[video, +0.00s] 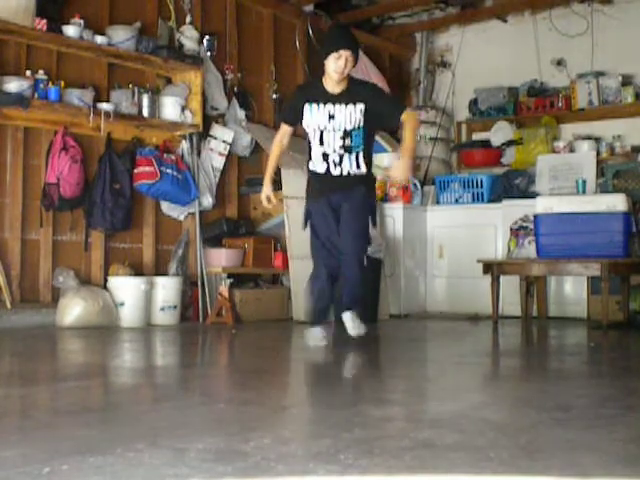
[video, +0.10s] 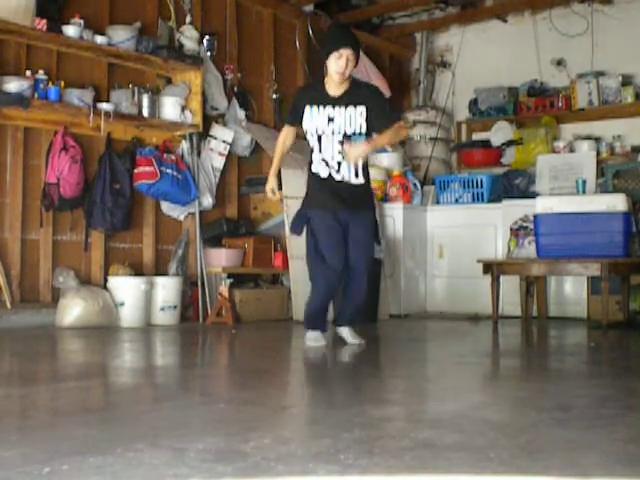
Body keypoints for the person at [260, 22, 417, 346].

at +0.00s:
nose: (344, 65)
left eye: (349, 59)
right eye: (338, 58)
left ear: (354, 63)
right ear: (324, 58)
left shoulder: (367, 95)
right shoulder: (304, 95)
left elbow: (410, 117)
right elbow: (283, 135)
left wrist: (405, 161)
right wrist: (268, 179)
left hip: (356, 187)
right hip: (320, 188)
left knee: (353, 249)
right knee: (324, 253)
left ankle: (350, 308)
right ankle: (320, 321)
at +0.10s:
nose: (344, 66)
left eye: (351, 60)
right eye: (339, 58)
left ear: (356, 63)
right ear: (326, 58)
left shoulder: (369, 95)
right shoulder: (306, 96)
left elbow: (400, 130)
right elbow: (289, 132)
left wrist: (369, 146)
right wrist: (273, 171)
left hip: (358, 194)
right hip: (323, 194)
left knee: (361, 265)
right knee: (330, 264)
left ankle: (344, 323)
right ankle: (314, 325)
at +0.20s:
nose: (351, 51)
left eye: (356, 45)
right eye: (345, 44)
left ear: (360, 47)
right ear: (330, 45)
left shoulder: (370, 80)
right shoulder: (310, 79)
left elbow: (399, 122)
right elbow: (286, 116)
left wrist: (364, 127)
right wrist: (273, 158)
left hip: (360, 182)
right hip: (323, 182)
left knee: (360, 250)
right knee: (328, 251)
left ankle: (358, 316)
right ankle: (330, 318)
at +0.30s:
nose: (355, 48)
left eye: (361, 42)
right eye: (349, 41)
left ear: (366, 45)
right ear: (337, 41)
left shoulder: (374, 78)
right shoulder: (313, 75)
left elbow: (399, 117)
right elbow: (280, 110)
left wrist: (375, 126)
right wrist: (270, 152)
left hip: (361, 181)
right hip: (323, 182)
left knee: (362, 250)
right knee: (327, 254)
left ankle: (366, 320)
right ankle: (345, 316)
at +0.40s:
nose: (362, 59)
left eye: (367, 53)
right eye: (356, 51)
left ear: (372, 56)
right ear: (342, 52)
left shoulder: (383, 93)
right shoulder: (318, 88)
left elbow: (399, 127)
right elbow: (278, 118)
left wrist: (383, 142)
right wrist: (280, 159)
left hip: (363, 188)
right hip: (327, 191)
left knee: (355, 251)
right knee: (332, 265)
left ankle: (368, 330)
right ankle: (349, 327)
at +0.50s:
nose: (369, 52)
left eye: (374, 46)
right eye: (363, 45)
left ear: (379, 50)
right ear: (349, 46)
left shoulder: (386, 88)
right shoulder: (322, 79)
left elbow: (403, 127)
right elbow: (285, 110)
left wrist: (386, 142)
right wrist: (298, 155)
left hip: (363, 188)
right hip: (325, 187)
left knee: (365, 259)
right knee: (332, 261)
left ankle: (367, 332)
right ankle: (343, 317)